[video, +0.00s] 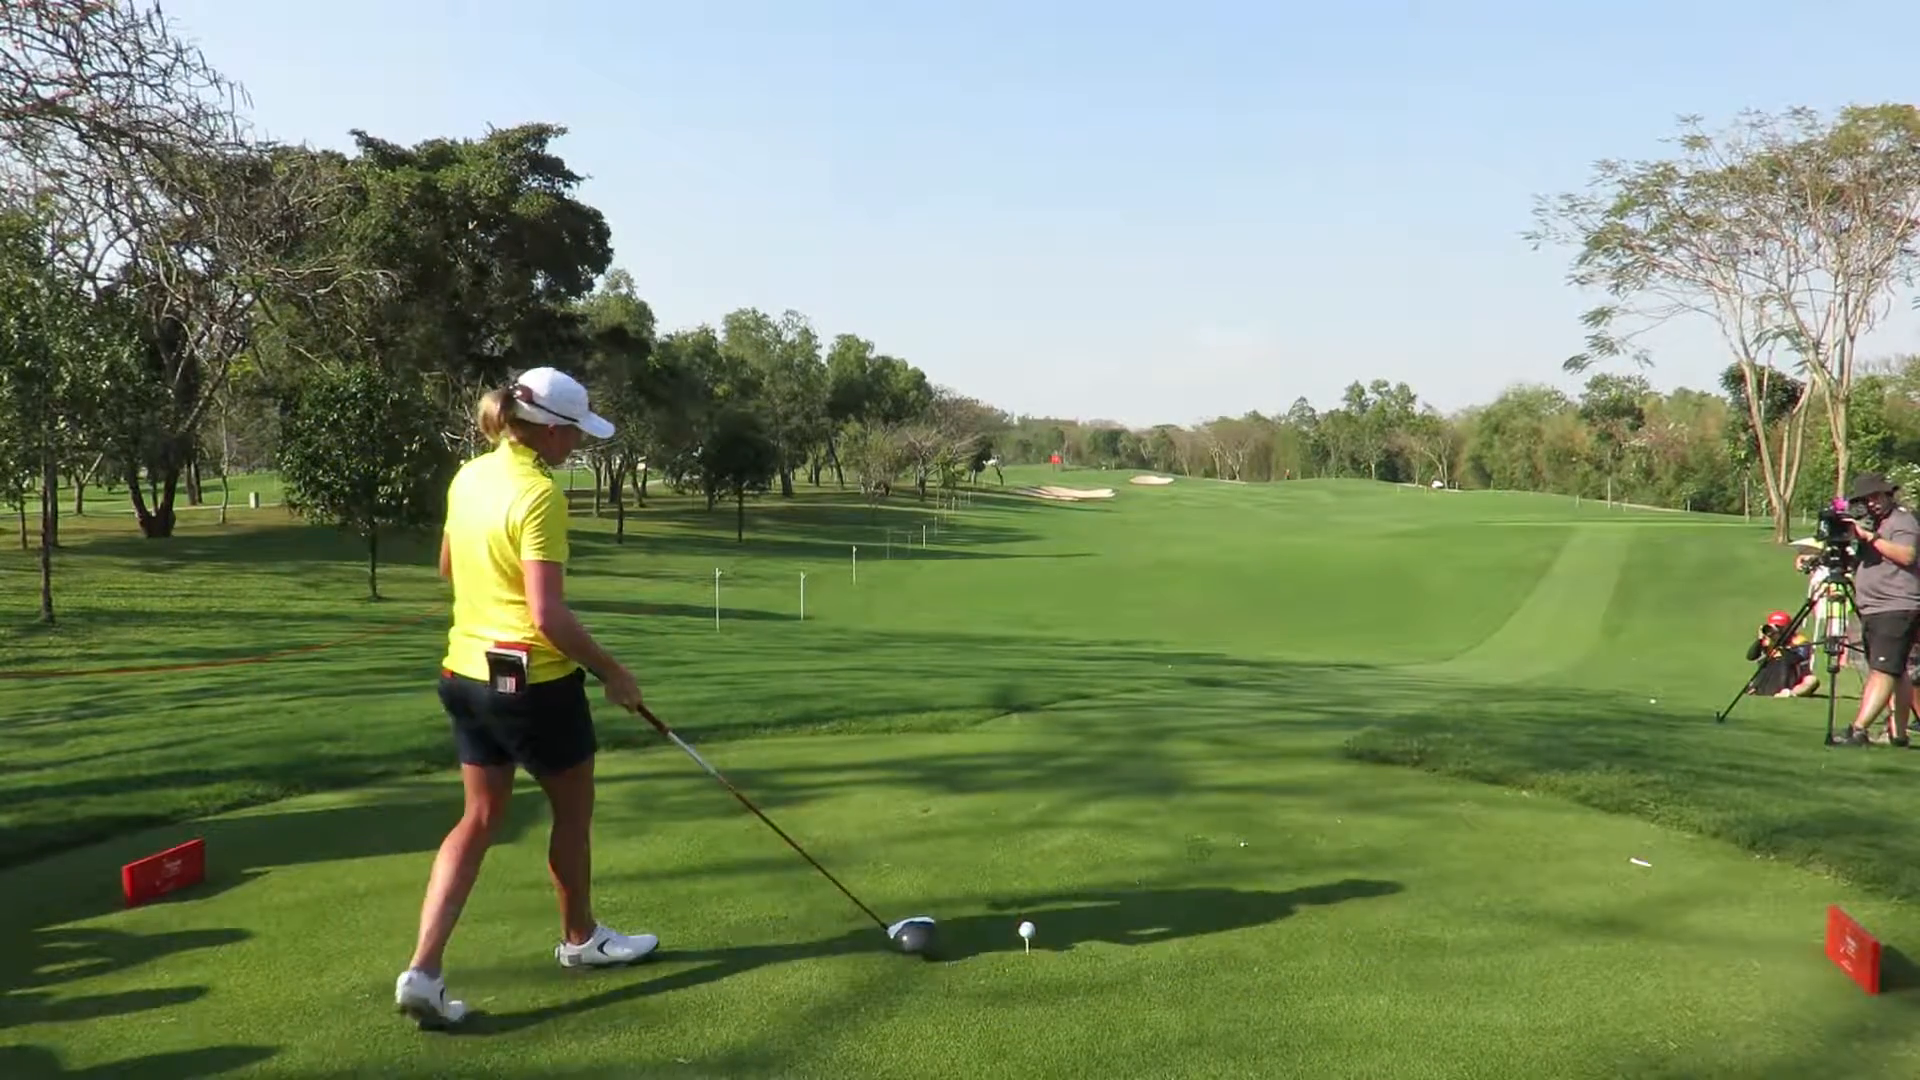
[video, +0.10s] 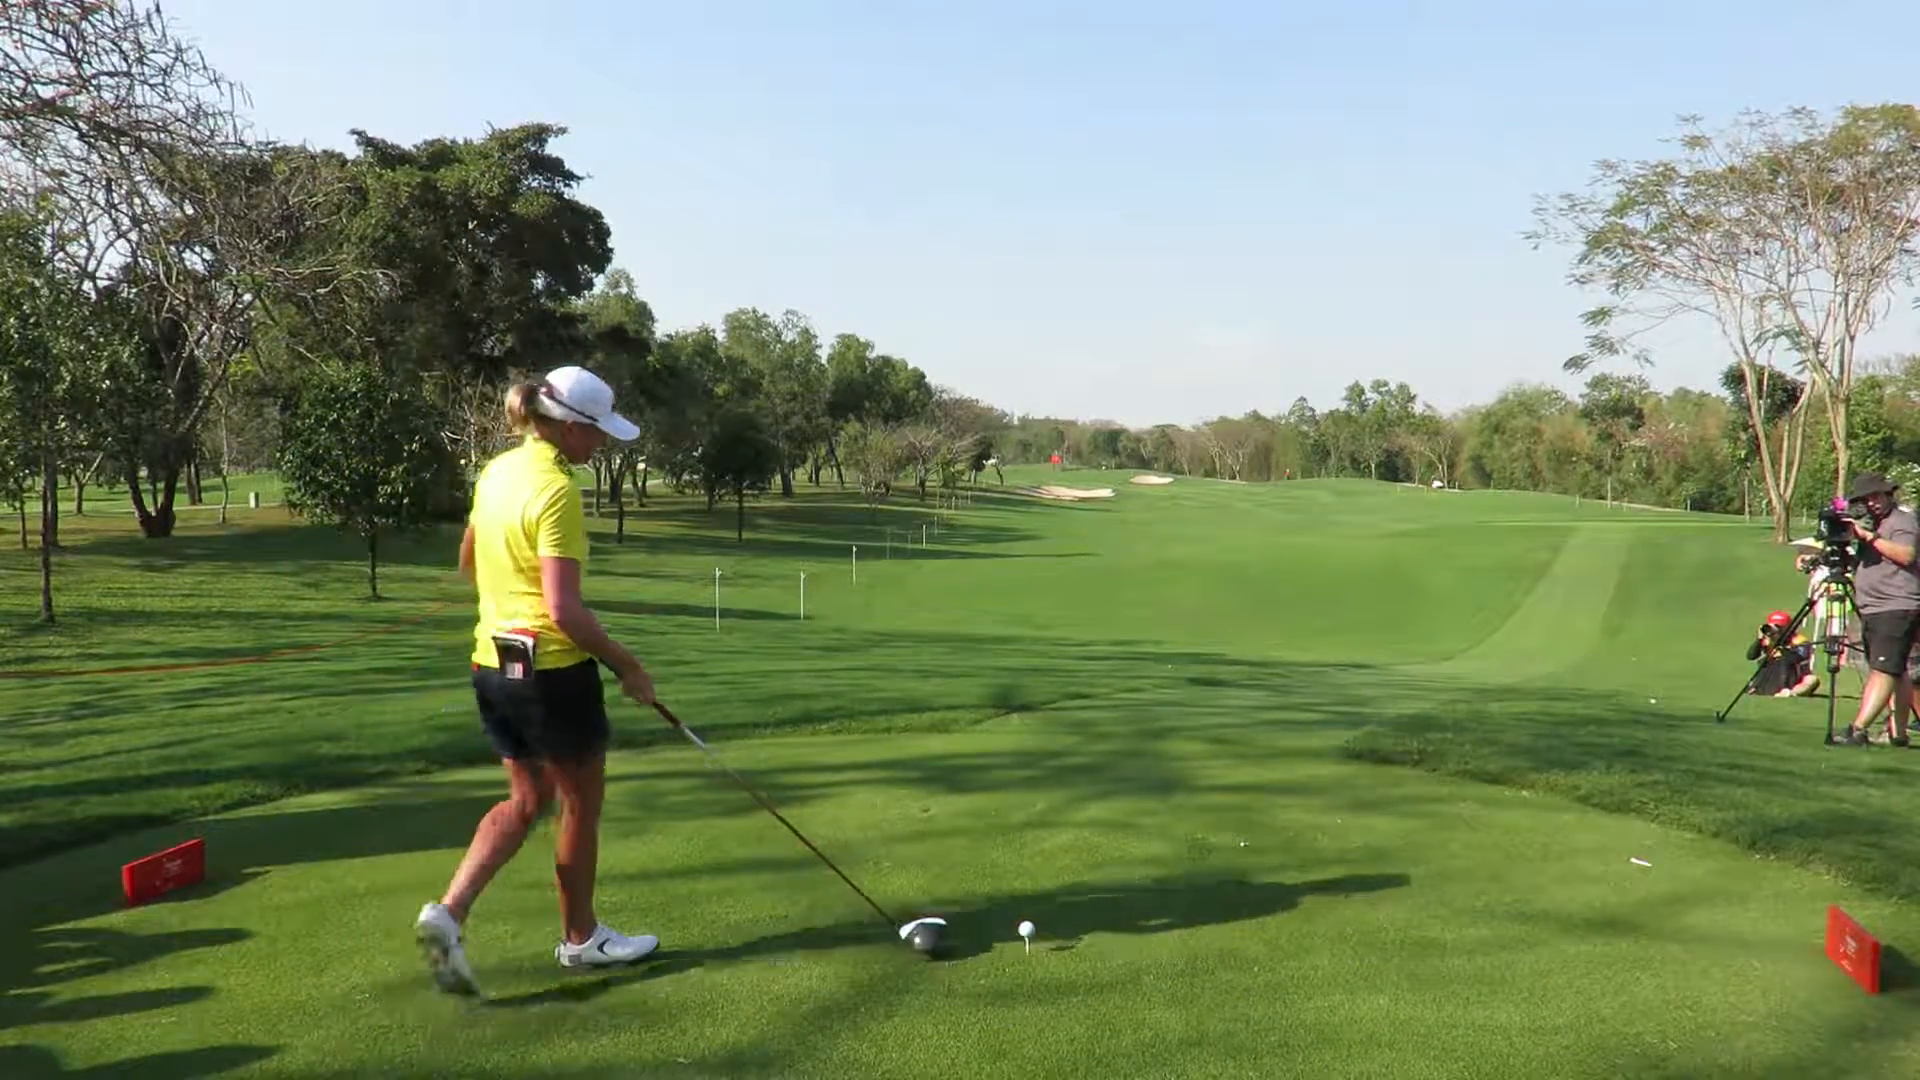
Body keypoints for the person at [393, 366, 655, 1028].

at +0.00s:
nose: (579, 443)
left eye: (580, 432)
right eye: (574, 432)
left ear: (523, 425)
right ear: (545, 429)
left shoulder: (470, 475)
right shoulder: (539, 493)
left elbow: (448, 566)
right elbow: (548, 615)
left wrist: (520, 585)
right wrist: (610, 668)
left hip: (466, 674)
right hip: (535, 681)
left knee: (480, 813)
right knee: (572, 806)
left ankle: (423, 972)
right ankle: (581, 935)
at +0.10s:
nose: (602, 443)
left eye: (603, 433)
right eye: (597, 432)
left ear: (552, 422)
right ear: (568, 426)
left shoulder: (497, 469)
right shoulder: (557, 488)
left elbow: (469, 559)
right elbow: (564, 609)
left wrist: (535, 579)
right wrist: (627, 665)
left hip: (493, 667)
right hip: (553, 672)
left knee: (528, 798)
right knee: (582, 800)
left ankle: (449, 913)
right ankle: (580, 937)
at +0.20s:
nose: (623, 442)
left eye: (624, 431)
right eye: (617, 430)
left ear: (575, 419)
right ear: (583, 422)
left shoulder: (524, 462)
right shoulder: (570, 481)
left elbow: (487, 548)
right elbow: (576, 603)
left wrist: (546, 588)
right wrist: (638, 658)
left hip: (514, 649)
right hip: (560, 656)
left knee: (568, 779)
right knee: (584, 791)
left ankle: (491, 898)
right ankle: (582, 934)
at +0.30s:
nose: (636, 443)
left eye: (639, 433)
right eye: (633, 432)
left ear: (598, 419)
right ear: (600, 422)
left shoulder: (551, 458)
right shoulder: (579, 481)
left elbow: (510, 541)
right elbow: (585, 600)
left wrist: (561, 583)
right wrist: (649, 655)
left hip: (546, 643)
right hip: (557, 652)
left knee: (615, 764)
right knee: (581, 792)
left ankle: (554, 893)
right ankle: (580, 937)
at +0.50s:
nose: (667, 446)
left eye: (669, 436)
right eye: (661, 435)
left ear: (632, 425)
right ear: (626, 425)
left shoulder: (613, 472)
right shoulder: (594, 482)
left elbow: (589, 569)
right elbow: (596, 594)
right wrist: (661, 649)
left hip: (603, 644)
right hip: (572, 647)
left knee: (629, 764)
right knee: (594, 787)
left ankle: (640, 894)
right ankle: (579, 933)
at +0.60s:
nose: (679, 446)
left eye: (682, 436)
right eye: (673, 434)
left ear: (648, 425)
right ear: (639, 423)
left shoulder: (631, 474)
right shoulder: (602, 479)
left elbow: (620, 576)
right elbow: (601, 591)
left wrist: (650, 632)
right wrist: (667, 645)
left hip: (622, 639)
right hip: (582, 642)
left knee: (638, 764)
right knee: (602, 783)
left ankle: (638, 893)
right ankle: (579, 932)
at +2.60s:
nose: (733, 395)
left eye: (735, 385)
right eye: (731, 385)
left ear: (696, 381)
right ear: (708, 385)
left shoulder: (687, 429)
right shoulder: (658, 436)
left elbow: (671, 531)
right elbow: (672, 549)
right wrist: (732, 611)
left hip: (652, 583)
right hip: (610, 585)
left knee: (664, 710)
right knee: (632, 721)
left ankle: (657, 843)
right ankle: (622, 868)